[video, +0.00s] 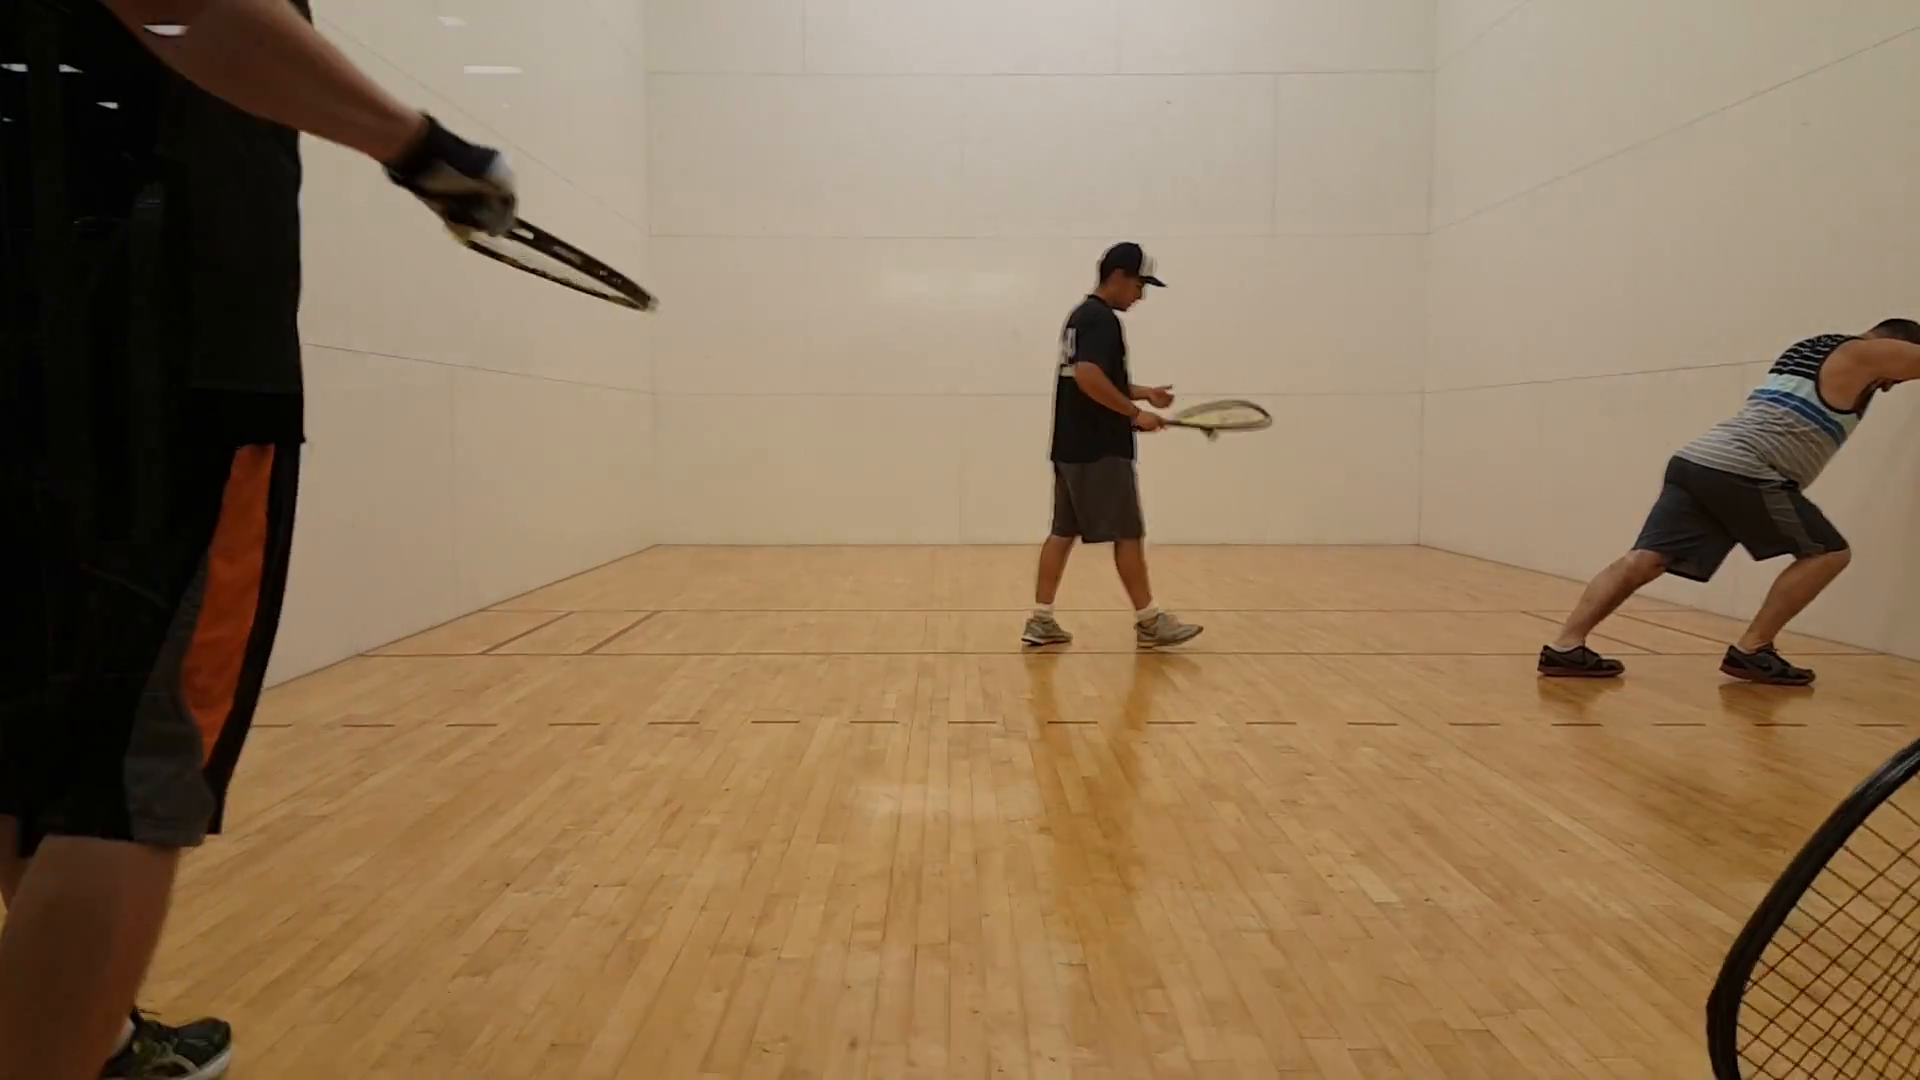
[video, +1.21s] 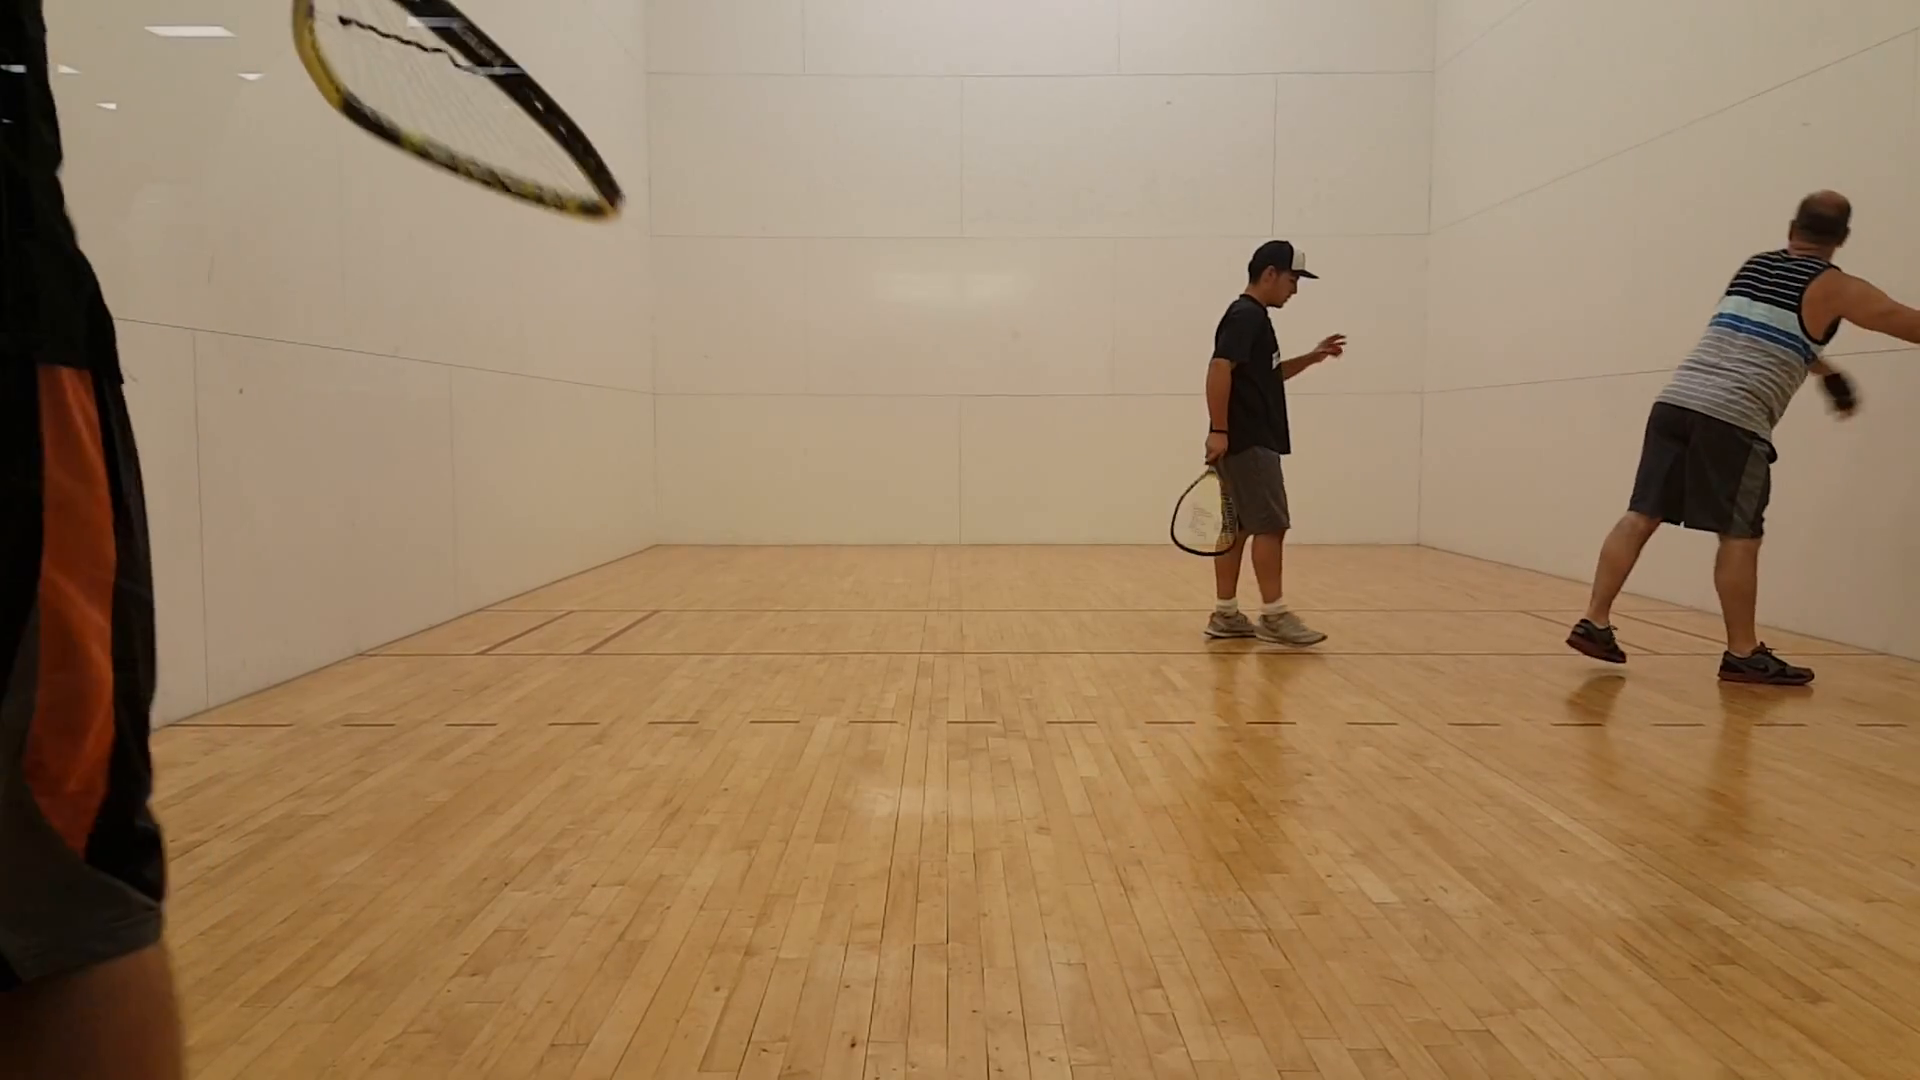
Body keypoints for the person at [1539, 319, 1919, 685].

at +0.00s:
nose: (1897, 382)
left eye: (1902, 374)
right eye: (1903, 370)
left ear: (1879, 338)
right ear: (1892, 346)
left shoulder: (1808, 349)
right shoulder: (1863, 354)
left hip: (1695, 463)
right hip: (1747, 474)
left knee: (1641, 561)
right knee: (1828, 553)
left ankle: (1564, 646)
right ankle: (1752, 649)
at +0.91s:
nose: (1906, 347)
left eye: (1908, 341)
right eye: (1907, 340)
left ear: (1866, 317)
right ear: (1894, 331)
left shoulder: (1807, 342)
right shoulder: (1862, 347)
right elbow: (1918, 353)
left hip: (1696, 457)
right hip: (1752, 466)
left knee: (1646, 557)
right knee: (1821, 555)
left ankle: (1566, 644)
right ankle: (1750, 653)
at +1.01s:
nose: (1892, 308)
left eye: (1893, 301)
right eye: (1893, 301)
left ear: (1842, 281)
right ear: (1886, 298)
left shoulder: (1797, 311)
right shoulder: (1860, 325)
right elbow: (1918, 342)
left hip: (1685, 434)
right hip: (1745, 445)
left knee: (1642, 536)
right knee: (1798, 545)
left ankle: (1573, 633)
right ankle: (1747, 653)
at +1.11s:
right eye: (1865, 260)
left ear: (1818, 246)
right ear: (1865, 261)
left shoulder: (1777, 281)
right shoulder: (1849, 299)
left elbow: (1837, 337)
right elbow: (1914, 321)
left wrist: (1900, 353)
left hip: (1679, 412)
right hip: (1739, 427)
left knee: (1641, 520)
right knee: (1766, 536)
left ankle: (1585, 622)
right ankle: (1746, 652)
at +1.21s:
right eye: (1842, 234)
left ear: (1793, 226)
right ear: (1842, 238)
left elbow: (1775, 332)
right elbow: (1910, 325)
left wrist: (1826, 373)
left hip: (1674, 406)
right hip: (1734, 425)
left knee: (1640, 516)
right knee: (1740, 538)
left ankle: (1593, 622)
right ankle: (1742, 652)